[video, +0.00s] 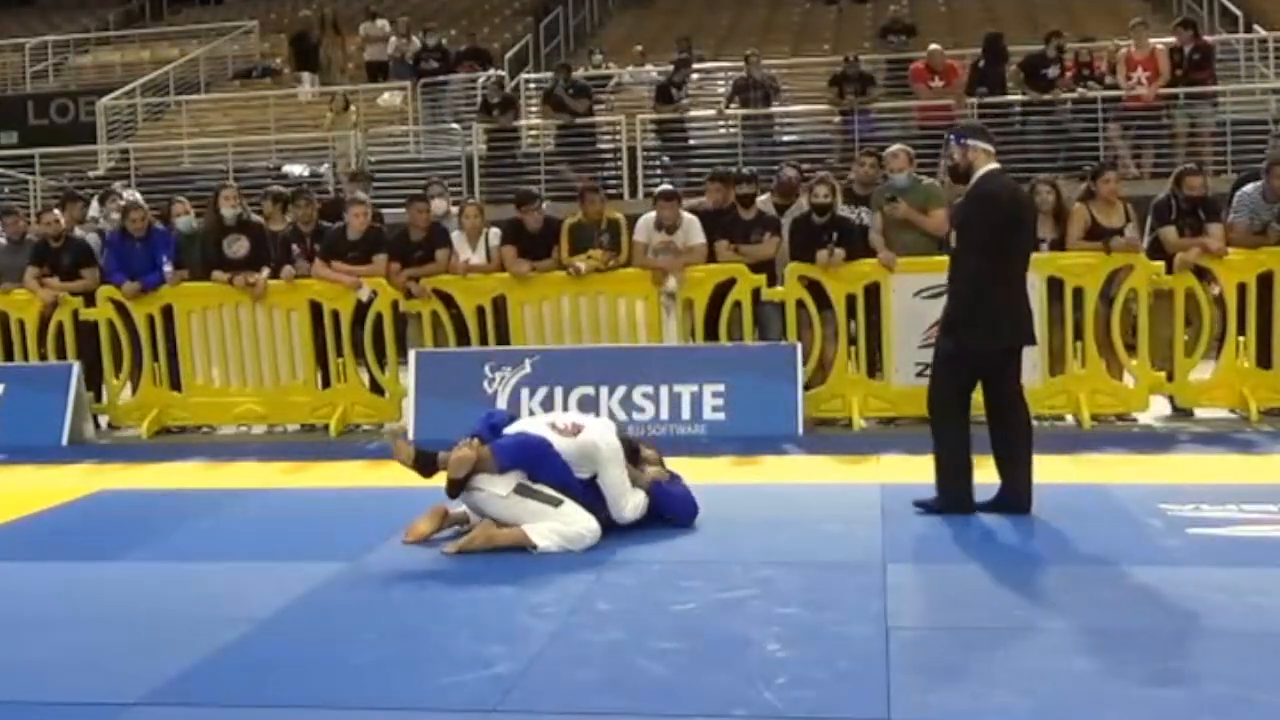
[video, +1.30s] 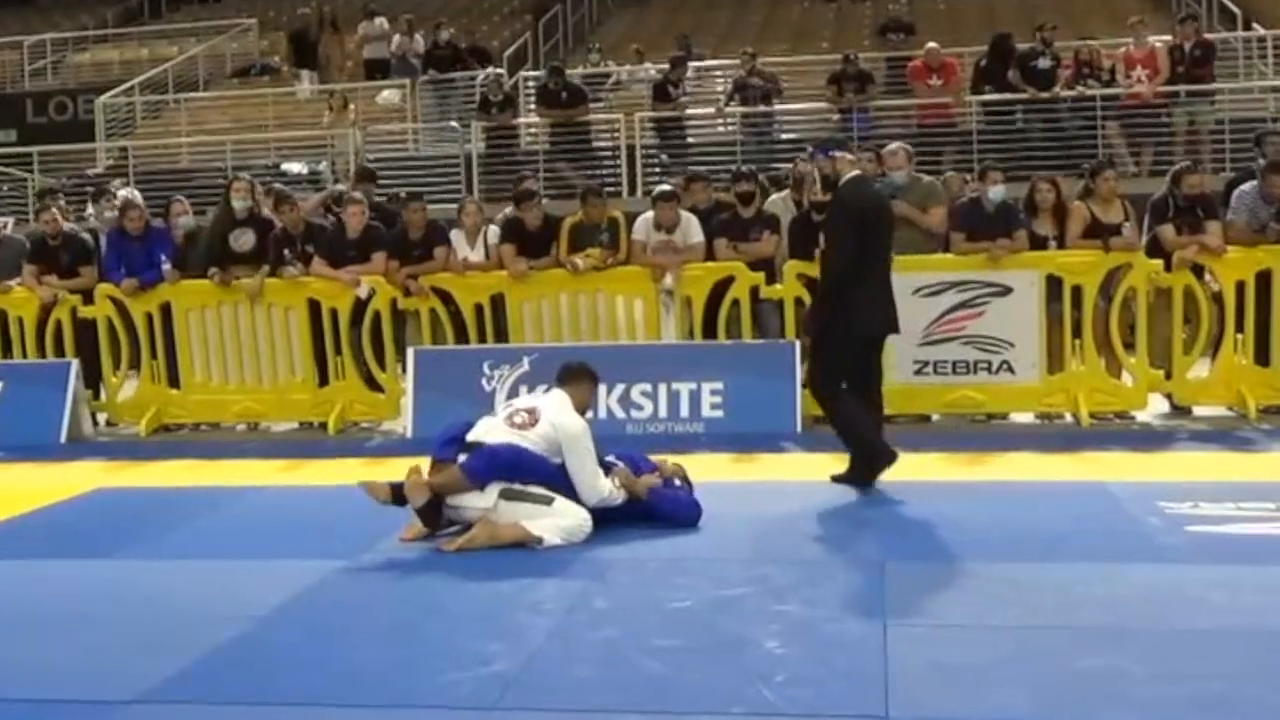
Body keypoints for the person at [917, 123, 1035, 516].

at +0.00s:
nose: (951, 162)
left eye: (953, 154)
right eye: (951, 154)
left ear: (968, 151)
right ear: (989, 151)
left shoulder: (978, 198)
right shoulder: (1017, 195)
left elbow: (971, 269)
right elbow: (1008, 269)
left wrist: (950, 320)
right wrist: (957, 314)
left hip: (971, 322)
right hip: (1006, 320)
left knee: (946, 402)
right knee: (1007, 403)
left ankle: (954, 494)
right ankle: (1016, 493)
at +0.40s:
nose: (905, 167)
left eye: (908, 159)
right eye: (906, 159)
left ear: (923, 158)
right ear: (945, 158)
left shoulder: (924, 203)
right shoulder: (985, 200)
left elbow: (917, 274)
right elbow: (994, 267)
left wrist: (904, 330)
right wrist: (987, 307)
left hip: (935, 321)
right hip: (981, 319)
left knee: (931, 408)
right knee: (991, 401)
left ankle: (924, 483)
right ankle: (1008, 490)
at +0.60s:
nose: (879, 170)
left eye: (881, 163)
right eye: (879, 163)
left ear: (895, 159)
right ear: (916, 157)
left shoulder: (898, 205)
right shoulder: (956, 195)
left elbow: (891, 270)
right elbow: (970, 257)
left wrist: (881, 310)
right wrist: (960, 300)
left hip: (914, 318)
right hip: (957, 314)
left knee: (914, 400)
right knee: (949, 392)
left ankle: (921, 483)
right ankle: (988, 468)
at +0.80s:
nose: (862, 170)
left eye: (864, 163)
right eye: (862, 164)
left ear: (876, 160)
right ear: (900, 159)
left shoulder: (882, 204)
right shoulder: (938, 196)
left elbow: (872, 271)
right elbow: (949, 260)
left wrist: (858, 321)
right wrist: (942, 302)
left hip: (896, 315)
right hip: (935, 311)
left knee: (901, 395)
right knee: (913, 389)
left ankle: (923, 478)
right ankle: (927, 472)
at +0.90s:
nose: (852, 171)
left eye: (852, 165)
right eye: (852, 165)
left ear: (861, 163)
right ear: (888, 159)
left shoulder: (872, 204)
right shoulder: (927, 197)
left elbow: (864, 270)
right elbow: (940, 259)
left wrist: (849, 325)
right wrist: (935, 306)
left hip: (889, 313)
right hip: (924, 310)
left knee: (902, 393)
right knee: (898, 390)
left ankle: (920, 481)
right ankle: (895, 469)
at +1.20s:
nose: (829, 172)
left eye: (830, 166)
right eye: (829, 165)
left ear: (842, 165)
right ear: (865, 163)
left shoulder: (849, 203)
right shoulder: (889, 197)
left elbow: (847, 266)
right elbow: (895, 260)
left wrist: (833, 317)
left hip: (857, 313)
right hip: (888, 310)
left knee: (853, 390)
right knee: (872, 390)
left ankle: (902, 463)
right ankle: (863, 468)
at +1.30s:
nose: (819, 170)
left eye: (821, 163)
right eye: (818, 163)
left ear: (837, 161)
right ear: (850, 159)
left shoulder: (843, 201)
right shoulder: (876, 198)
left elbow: (837, 263)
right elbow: (878, 258)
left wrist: (819, 305)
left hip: (846, 309)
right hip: (876, 307)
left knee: (822, 381)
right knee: (866, 384)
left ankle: (873, 449)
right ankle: (863, 464)